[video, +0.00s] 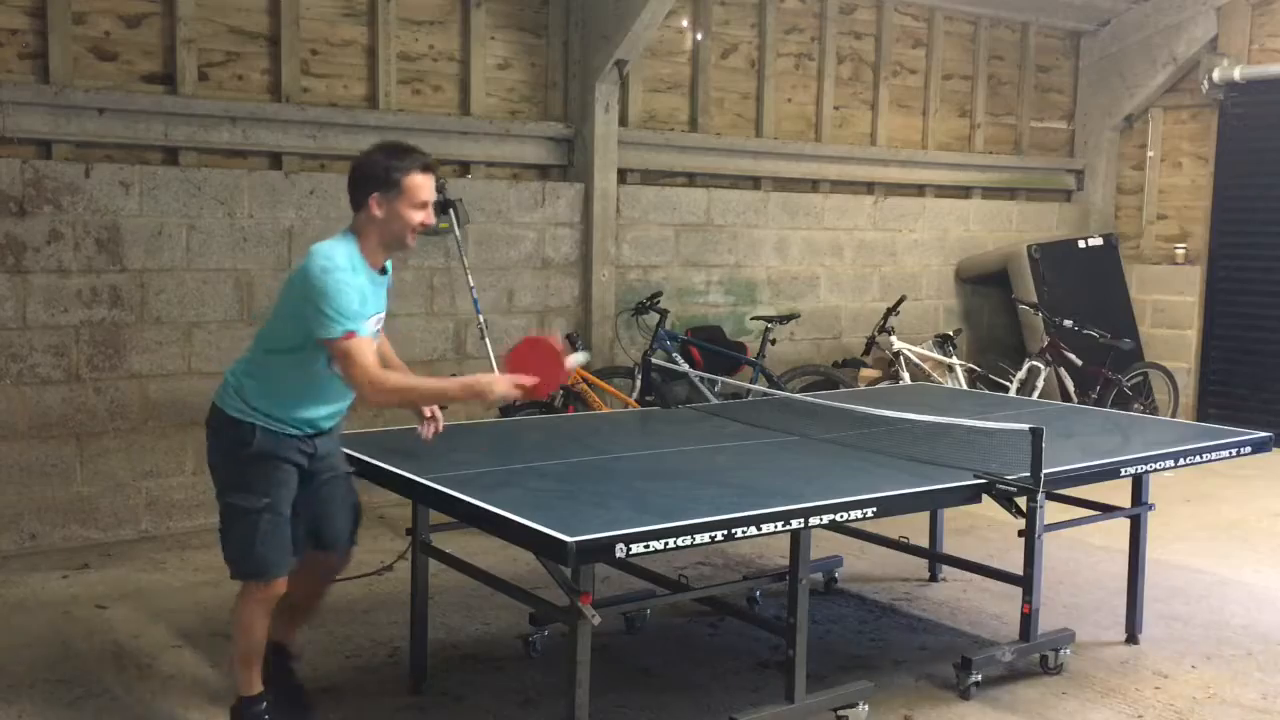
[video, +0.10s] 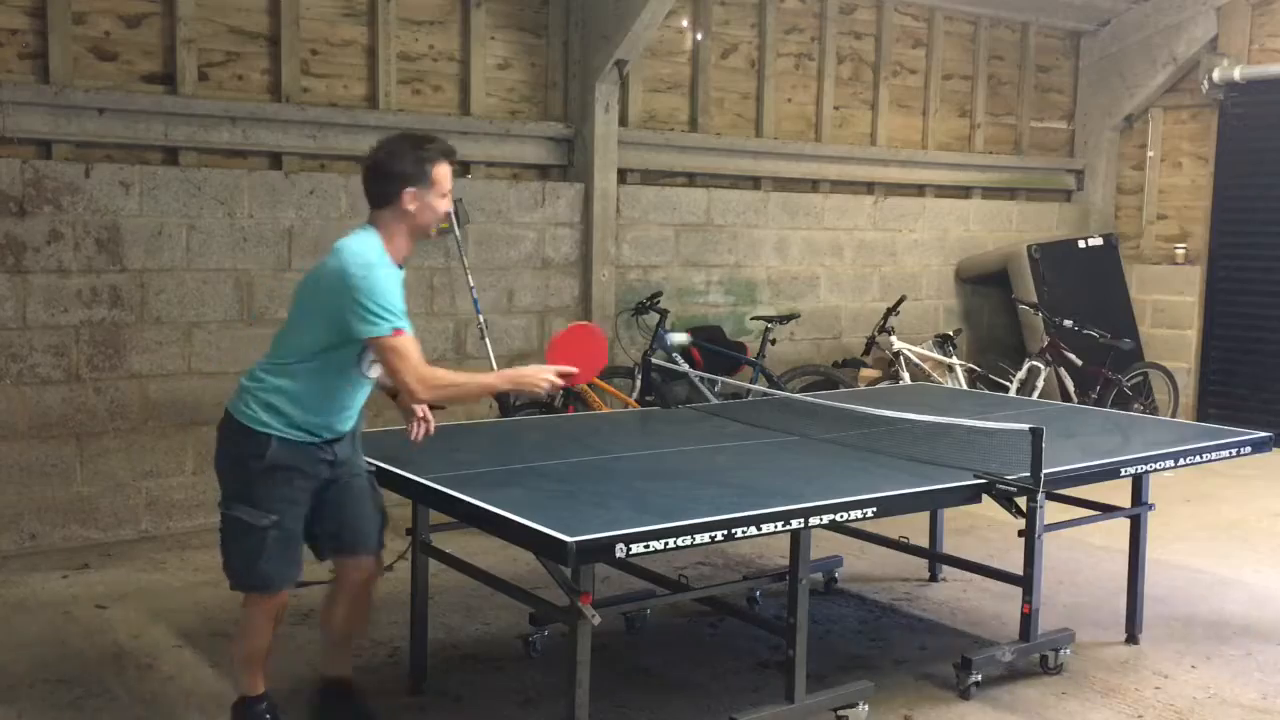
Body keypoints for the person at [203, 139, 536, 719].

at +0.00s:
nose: (429, 219)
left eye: (432, 207)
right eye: (419, 206)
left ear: (389, 209)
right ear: (374, 205)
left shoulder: (377, 265)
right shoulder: (330, 270)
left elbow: (375, 343)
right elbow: (370, 387)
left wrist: (417, 394)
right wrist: (474, 387)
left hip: (319, 429)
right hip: (258, 428)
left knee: (330, 549)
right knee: (267, 576)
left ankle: (274, 649)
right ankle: (248, 701)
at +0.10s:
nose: (450, 206)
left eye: (450, 194)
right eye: (444, 194)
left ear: (410, 199)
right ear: (408, 199)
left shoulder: (384, 260)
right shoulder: (360, 264)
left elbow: (354, 346)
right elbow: (420, 381)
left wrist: (403, 389)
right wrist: (513, 379)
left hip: (335, 438)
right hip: (270, 439)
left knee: (360, 565)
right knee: (268, 590)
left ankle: (336, 688)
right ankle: (250, 704)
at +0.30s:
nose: (490, 214)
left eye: (489, 202)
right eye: (488, 202)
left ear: (428, 206)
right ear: (470, 211)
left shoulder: (401, 270)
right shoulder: (426, 288)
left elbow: (367, 373)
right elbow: (483, 409)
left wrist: (428, 418)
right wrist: (559, 416)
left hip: (382, 469)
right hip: (323, 473)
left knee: (419, 607)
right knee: (353, 637)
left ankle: (401, 715)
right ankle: (273, 694)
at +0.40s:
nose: (511, 218)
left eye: (510, 206)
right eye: (510, 206)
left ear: (447, 210)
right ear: (494, 215)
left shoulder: (417, 273)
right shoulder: (459, 294)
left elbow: (407, 378)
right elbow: (496, 418)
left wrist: (467, 423)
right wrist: (567, 433)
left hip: (389, 470)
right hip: (353, 477)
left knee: (439, 609)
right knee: (429, 639)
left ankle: (404, 715)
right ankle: (335, 710)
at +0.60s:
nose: (542, 215)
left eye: (541, 204)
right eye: (542, 204)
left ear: (470, 209)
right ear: (533, 212)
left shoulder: (412, 283)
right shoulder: (524, 297)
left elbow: (354, 392)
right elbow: (530, 431)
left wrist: (426, 393)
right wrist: (566, 447)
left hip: (366, 482)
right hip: (436, 493)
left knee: (428, 636)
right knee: (503, 675)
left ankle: (407, 716)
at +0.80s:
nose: (566, 204)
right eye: (566, 195)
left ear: (490, 199)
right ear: (558, 206)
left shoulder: (419, 276)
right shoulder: (575, 303)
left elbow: (350, 390)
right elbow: (574, 448)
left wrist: (358, 452)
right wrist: (517, 434)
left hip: (399, 493)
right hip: (493, 500)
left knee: (419, 648)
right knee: (541, 684)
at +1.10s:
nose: (517, 191)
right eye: (517, 183)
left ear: (437, 194)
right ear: (512, 197)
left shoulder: (390, 271)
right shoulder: (543, 293)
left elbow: (327, 389)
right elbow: (537, 399)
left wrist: (291, 446)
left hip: (396, 506)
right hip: (500, 505)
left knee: (336, 676)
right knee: (537, 701)